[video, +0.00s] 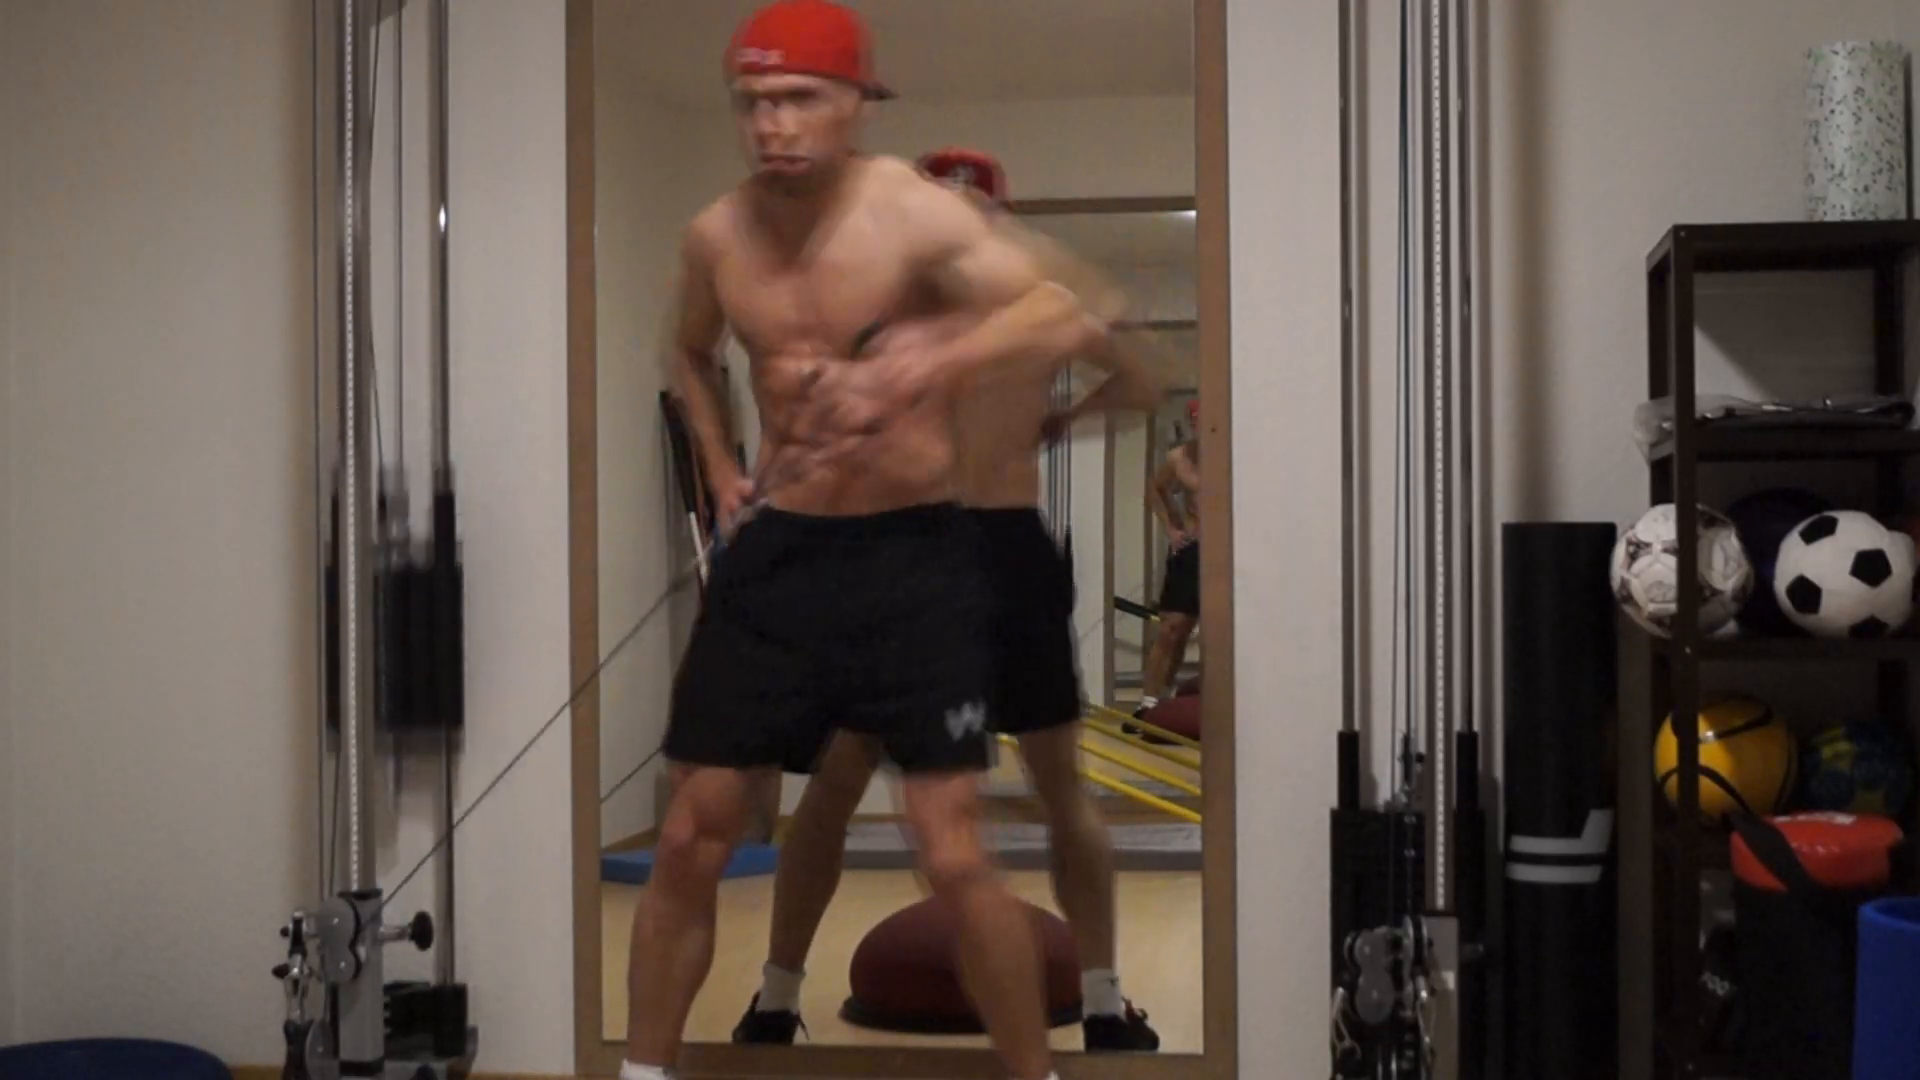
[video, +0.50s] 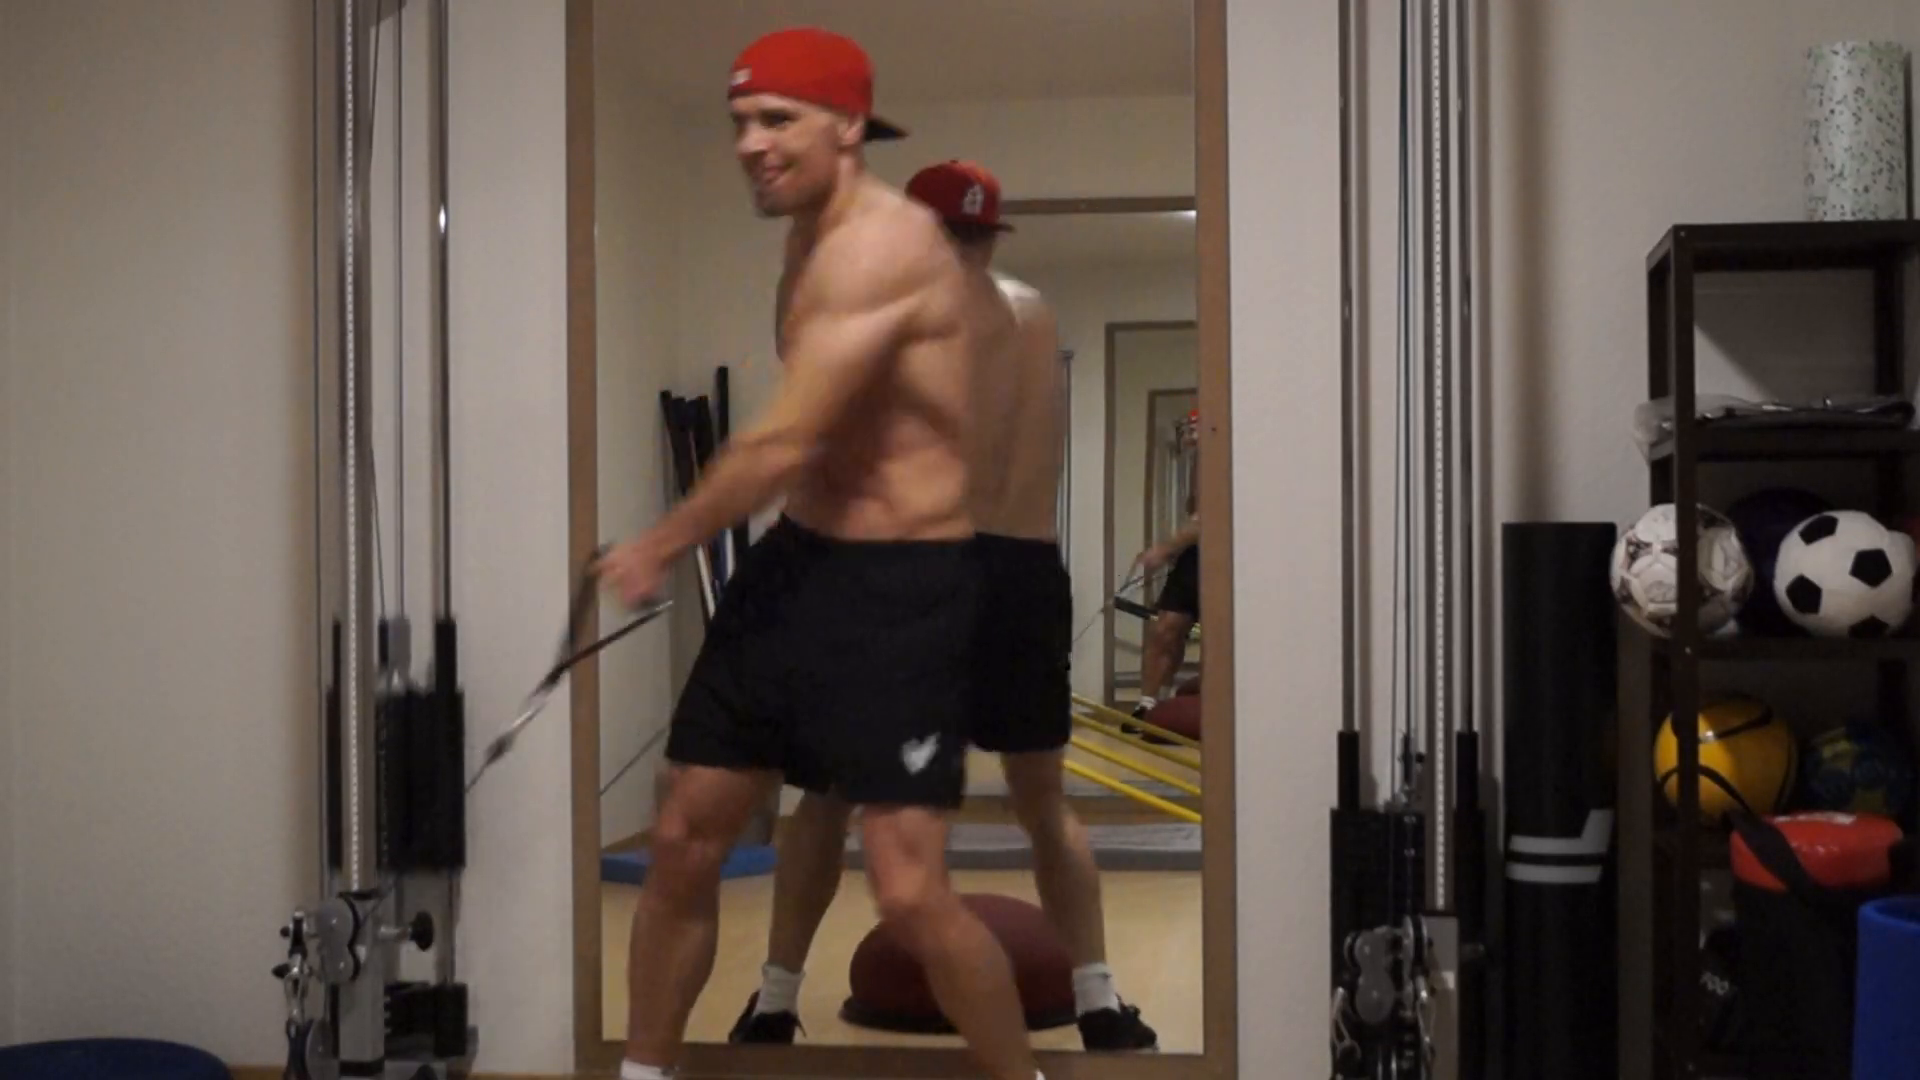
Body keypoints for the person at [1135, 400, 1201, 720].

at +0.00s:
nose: (1203, 424)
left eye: (1207, 417)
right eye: (1198, 417)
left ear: (1216, 421)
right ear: (1192, 420)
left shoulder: (1226, 457)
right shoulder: (1180, 457)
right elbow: (1155, 489)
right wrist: (1171, 528)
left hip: (1218, 548)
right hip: (1190, 546)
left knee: (1185, 628)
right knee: (1173, 625)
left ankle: (1164, 694)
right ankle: (1150, 698)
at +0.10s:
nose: (1187, 432)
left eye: (1192, 424)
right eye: (1182, 426)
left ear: (1207, 427)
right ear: (1178, 430)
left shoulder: (1218, 464)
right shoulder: (1177, 467)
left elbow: (1227, 507)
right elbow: (1173, 503)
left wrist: (1201, 523)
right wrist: (1180, 526)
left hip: (1215, 546)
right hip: (1186, 545)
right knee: (1166, 624)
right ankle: (1149, 698)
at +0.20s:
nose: (1179, 432)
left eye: (1186, 425)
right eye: (1176, 426)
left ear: (1203, 426)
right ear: (1175, 430)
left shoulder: (1207, 460)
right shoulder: (1188, 461)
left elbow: (1206, 516)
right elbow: (1195, 514)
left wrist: (1167, 538)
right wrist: (1176, 540)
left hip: (1206, 551)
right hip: (1188, 550)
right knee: (1164, 626)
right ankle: (1150, 700)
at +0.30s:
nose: (1178, 434)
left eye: (1184, 427)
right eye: (1175, 428)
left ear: (1202, 428)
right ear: (1175, 431)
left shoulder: (1203, 463)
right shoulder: (1198, 462)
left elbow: (1188, 522)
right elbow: (1189, 522)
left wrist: (1150, 549)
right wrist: (1159, 551)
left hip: (1194, 552)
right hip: (1191, 550)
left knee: (1164, 624)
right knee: (1168, 625)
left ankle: (1148, 700)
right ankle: (1157, 696)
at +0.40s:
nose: (1182, 438)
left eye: (1188, 431)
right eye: (1180, 431)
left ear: (1206, 433)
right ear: (1182, 436)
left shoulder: (1207, 470)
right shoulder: (1199, 468)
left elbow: (1181, 525)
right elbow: (1185, 527)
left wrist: (1142, 556)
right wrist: (1157, 557)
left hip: (1205, 555)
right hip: (1194, 554)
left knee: (1166, 624)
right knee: (1166, 624)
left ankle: (1149, 700)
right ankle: (1152, 699)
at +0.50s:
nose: (1192, 436)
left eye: (1198, 429)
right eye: (1191, 430)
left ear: (1213, 430)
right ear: (1193, 433)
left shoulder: (1224, 461)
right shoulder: (1204, 458)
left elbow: (1207, 520)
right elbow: (1201, 516)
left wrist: (1165, 549)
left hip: (1221, 546)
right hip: (1198, 546)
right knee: (1167, 626)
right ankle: (1148, 699)